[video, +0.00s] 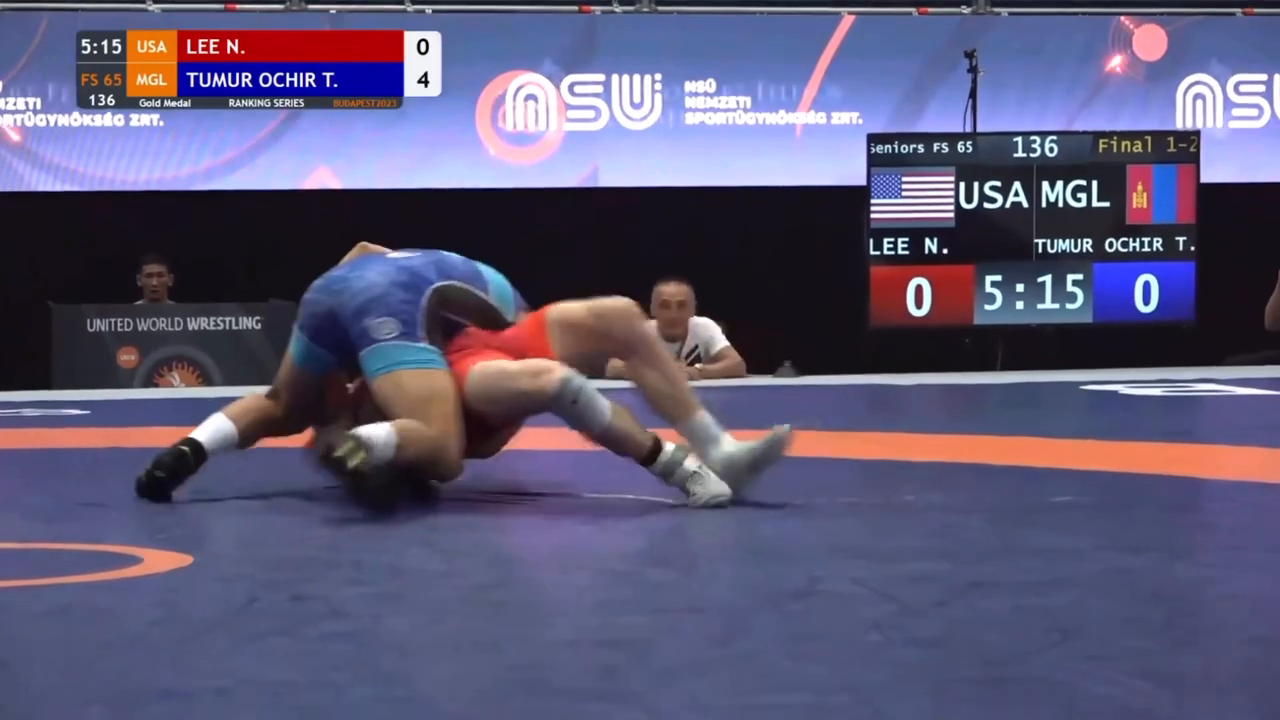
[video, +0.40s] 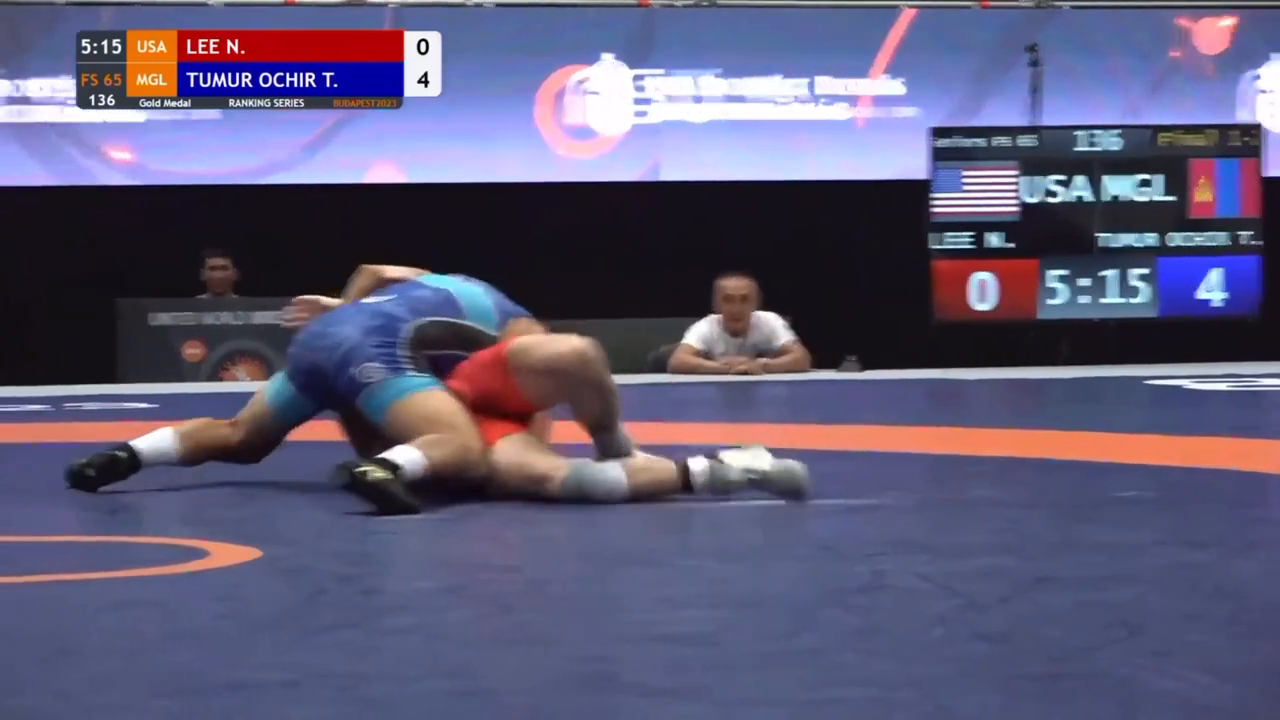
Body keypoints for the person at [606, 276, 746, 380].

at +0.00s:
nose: (673, 314)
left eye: (681, 306)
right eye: (665, 306)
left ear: (693, 308)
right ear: (652, 309)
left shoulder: (704, 327)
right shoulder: (641, 332)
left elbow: (737, 366)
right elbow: (613, 369)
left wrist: (697, 372)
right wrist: (661, 372)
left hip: (699, 404)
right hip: (651, 405)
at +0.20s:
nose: (676, 308)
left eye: (684, 301)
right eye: (668, 301)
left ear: (695, 303)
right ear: (655, 303)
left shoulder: (708, 322)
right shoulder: (645, 328)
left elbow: (740, 361)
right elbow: (618, 363)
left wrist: (698, 366)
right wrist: (667, 369)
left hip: (702, 399)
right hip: (655, 401)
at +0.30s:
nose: (692, 308)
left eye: (700, 300)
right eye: (685, 301)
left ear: (712, 302)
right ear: (672, 303)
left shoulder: (725, 322)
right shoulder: (662, 328)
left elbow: (758, 361)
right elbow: (635, 363)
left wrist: (715, 365)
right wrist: (684, 368)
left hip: (719, 401)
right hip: (672, 403)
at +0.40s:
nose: (736, 308)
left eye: (744, 300)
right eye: (729, 300)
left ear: (755, 302)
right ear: (717, 303)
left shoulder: (770, 322)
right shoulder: (706, 327)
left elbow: (802, 360)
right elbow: (678, 362)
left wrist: (761, 364)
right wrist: (726, 368)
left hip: (764, 399)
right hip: (716, 401)